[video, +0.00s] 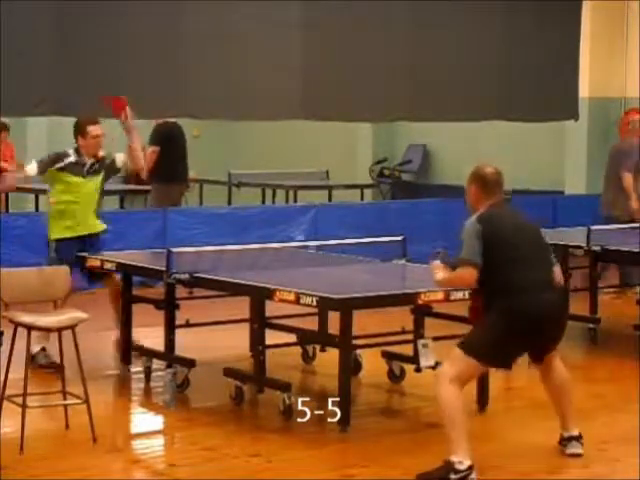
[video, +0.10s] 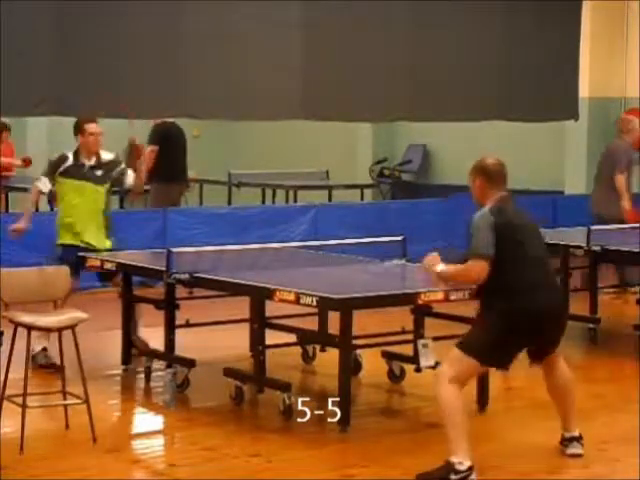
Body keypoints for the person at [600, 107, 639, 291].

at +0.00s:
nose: (637, 128)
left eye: (636, 124)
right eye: (634, 124)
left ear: (625, 127)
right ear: (628, 127)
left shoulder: (617, 148)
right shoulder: (630, 146)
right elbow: (626, 174)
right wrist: (632, 201)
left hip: (613, 211)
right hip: (625, 213)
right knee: (630, 255)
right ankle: (630, 285)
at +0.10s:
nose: (638, 133)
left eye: (638, 129)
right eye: (636, 129)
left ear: (622, 128)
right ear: (629, 129)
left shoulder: (613, 146)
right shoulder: (622, 147)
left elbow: (603, 178)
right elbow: (619, 176)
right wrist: (625, 200)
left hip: (603, 206)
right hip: (613, 208)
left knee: (607, 246)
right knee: (623, 247)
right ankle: (626, 283)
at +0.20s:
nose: (637, 135)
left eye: (637, 130)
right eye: (636, 130)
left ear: (621, 130)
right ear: (628, 131)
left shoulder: (609, 147)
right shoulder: (619, 148)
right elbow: (613, 176)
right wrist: (619, 201)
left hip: (597, 207)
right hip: (607, 208)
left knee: (605, 246)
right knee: (618, 246)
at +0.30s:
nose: (629, 136)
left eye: (630, 132)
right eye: (628, 132)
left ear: (615, 130)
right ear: (619, 130)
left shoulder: (606, 145)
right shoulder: (612, 147)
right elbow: (607, 174)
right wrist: (612, 203)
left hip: (594, 207)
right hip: (601, 208)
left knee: (598, 245)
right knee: (603, 246)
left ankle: (595, 277)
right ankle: (596, 278)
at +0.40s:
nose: (626, 133)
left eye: (627, 130)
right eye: (624, 129)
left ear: (614, 129)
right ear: (614, 129)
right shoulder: (609, 147)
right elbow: (602, 173)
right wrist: (606, 197)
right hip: (598, 207)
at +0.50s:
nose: (623, 134)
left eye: (623, 130)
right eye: (621, 129)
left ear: (610, 129)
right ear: (612, 129)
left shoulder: (601, 145)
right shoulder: (608, 147)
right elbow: (598, 173)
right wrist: (602, 199)